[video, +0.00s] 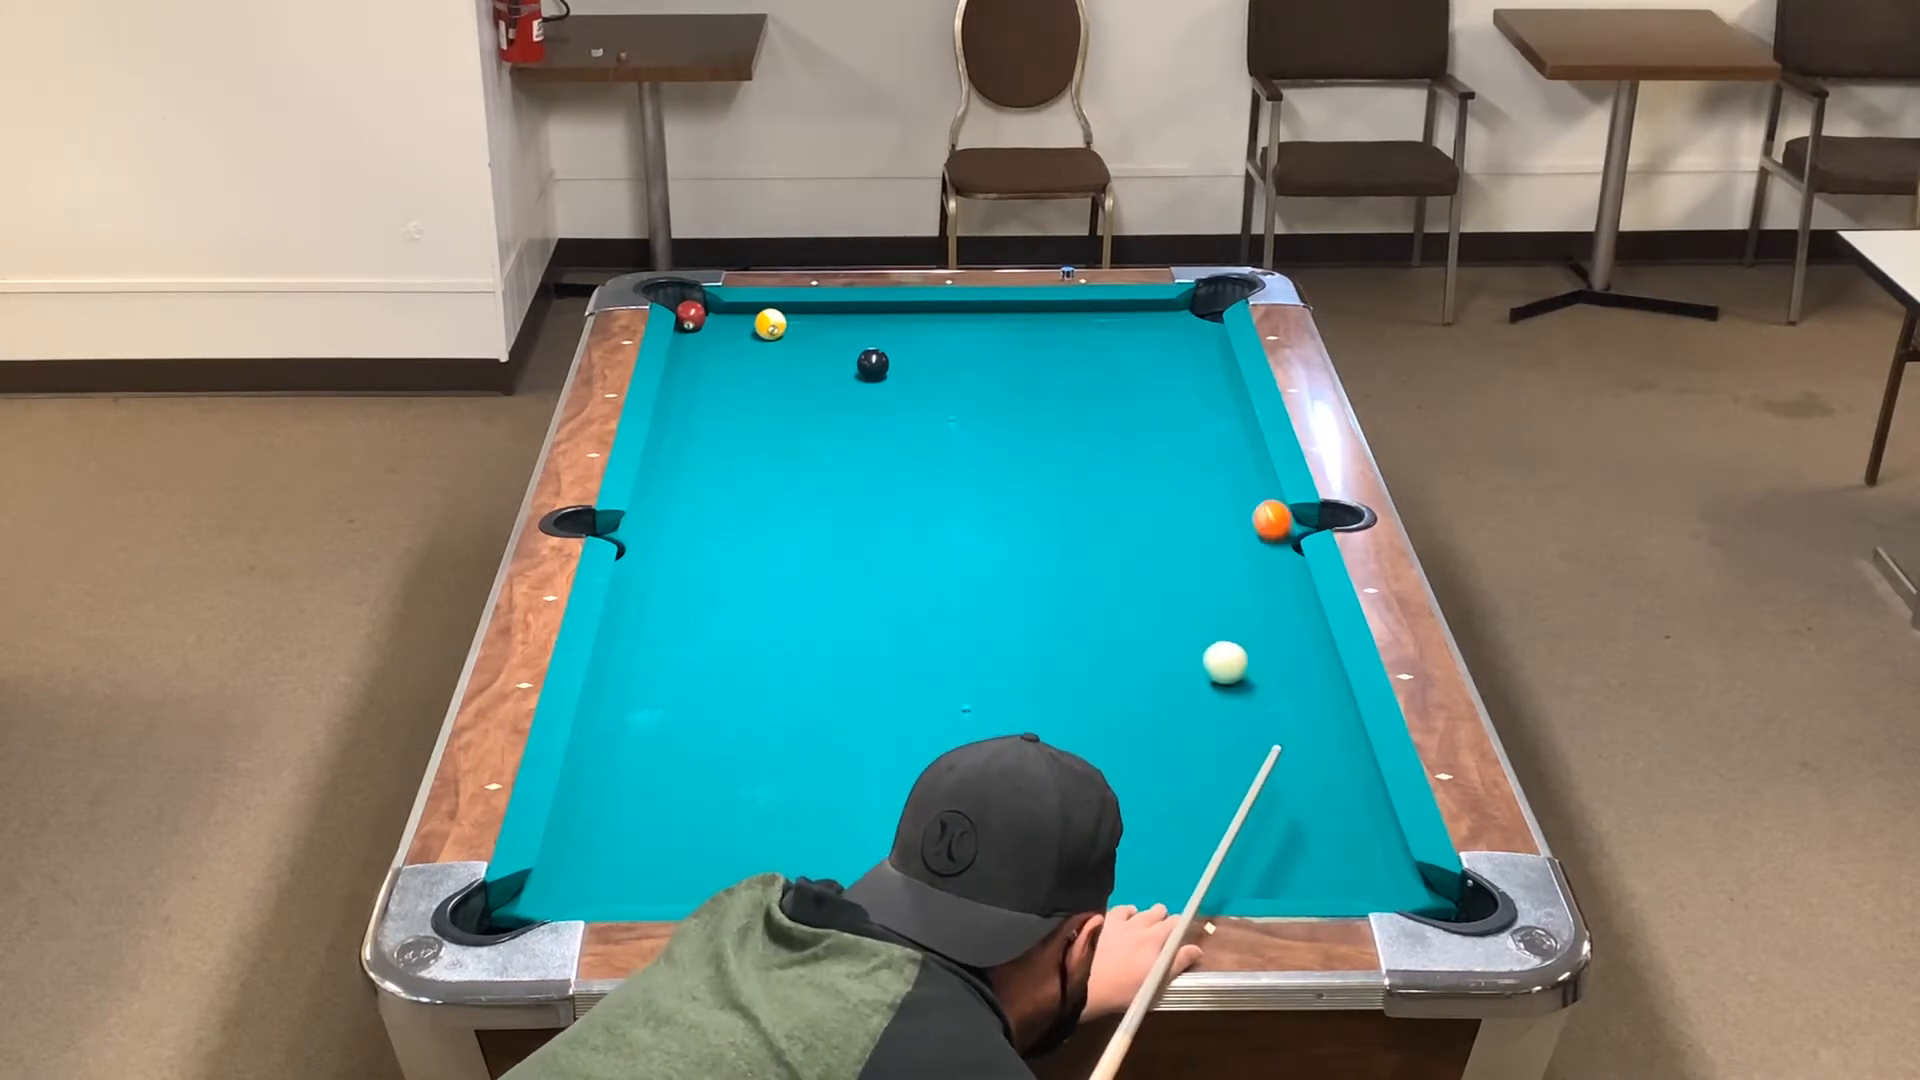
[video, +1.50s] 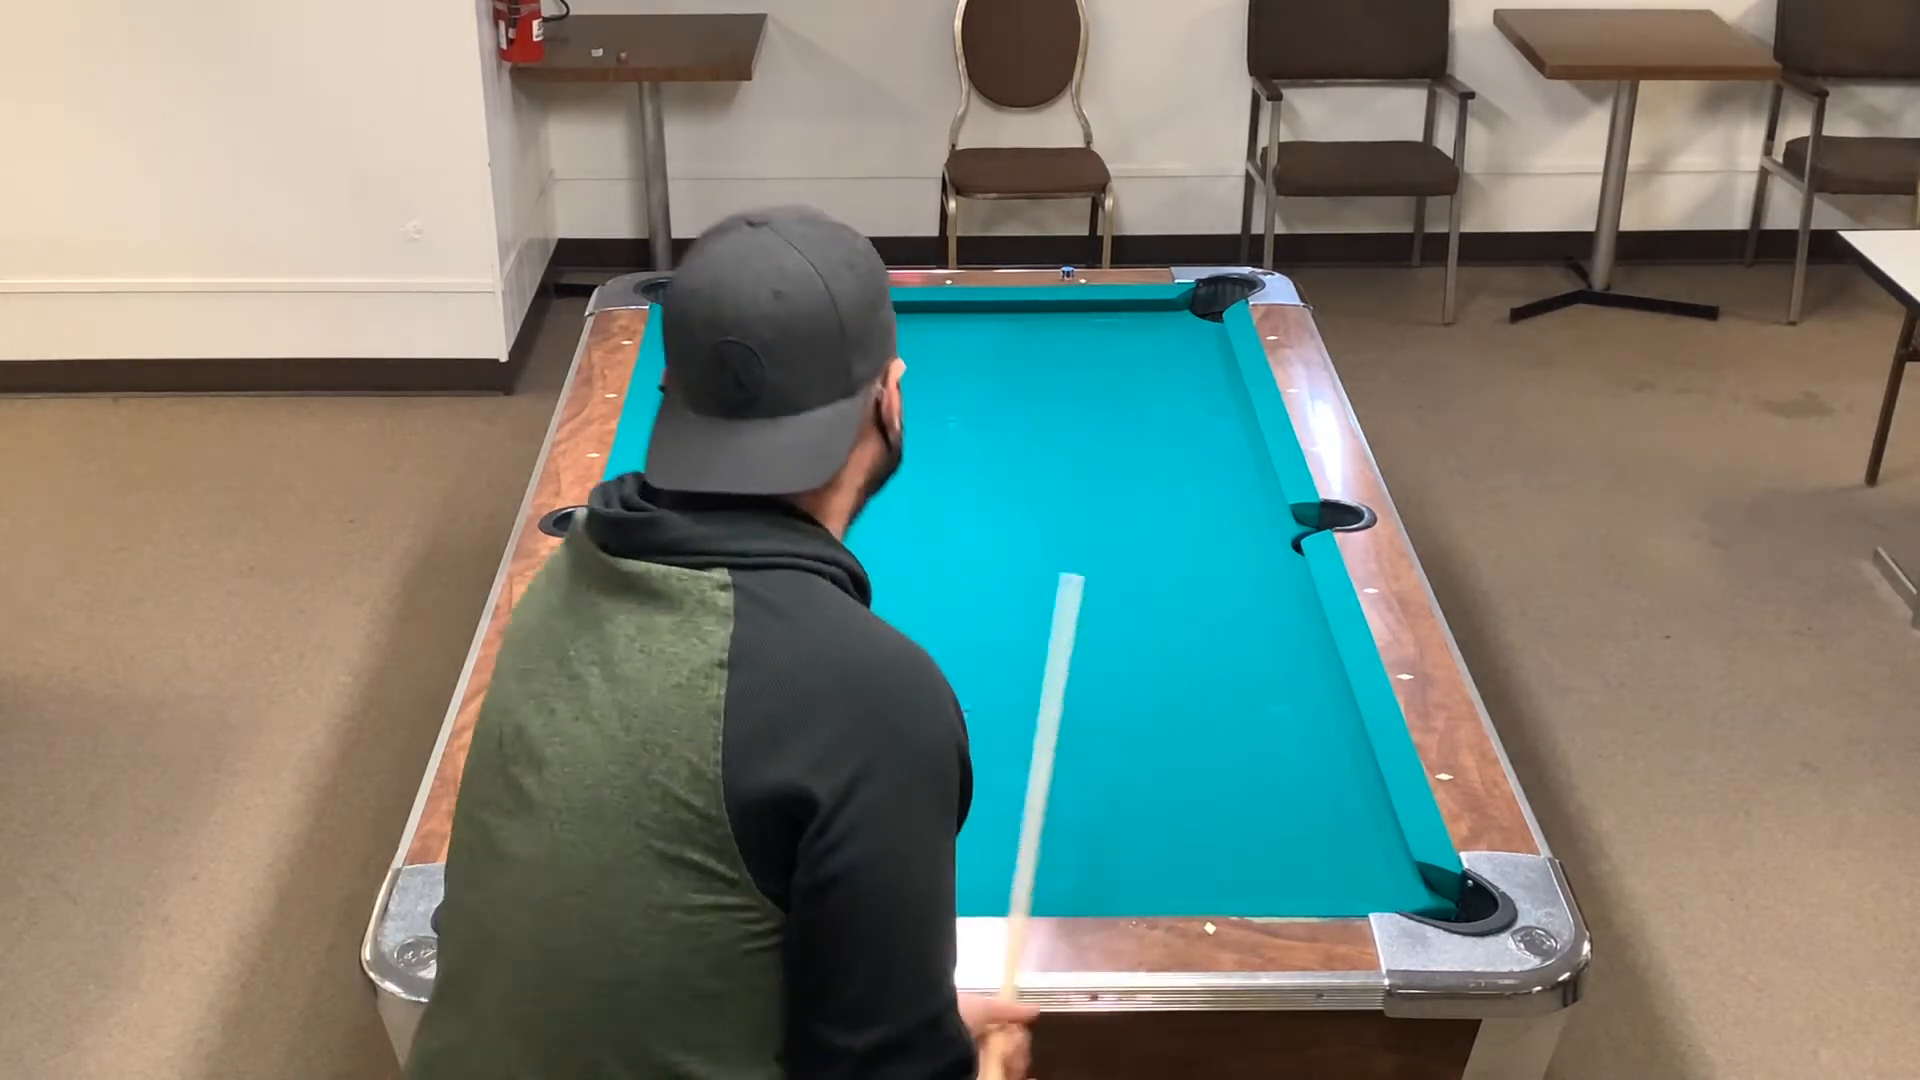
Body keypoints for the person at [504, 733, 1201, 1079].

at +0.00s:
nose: (1092, 935)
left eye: (1095, 925)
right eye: (1092, 921)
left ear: (903, 850)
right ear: (1073, 940)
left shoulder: (749, 905)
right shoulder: (958, 1050)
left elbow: (904, 993)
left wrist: (1066, 990)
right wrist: (1093, 1001)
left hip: (548, 1063)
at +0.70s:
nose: (1068, 874)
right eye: (1069, 853)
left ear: (878, 786)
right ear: (1055, 867)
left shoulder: (754, 857)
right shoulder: (966, 1031)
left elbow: (859, 1004)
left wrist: (1059, 985)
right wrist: (1074, 988)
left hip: (510, 1052)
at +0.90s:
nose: (1056, 751)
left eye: (1053, 729)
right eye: (1057, 733)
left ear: (854, 688)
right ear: (1040, 759)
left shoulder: (750, 793)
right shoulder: (967, 971)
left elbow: (821, 947)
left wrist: (1057, 972)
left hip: (465, 1044)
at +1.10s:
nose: (1019, 613)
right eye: (1023, 592)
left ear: (806, 578)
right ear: (1003, 620)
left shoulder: (709, 709)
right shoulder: (942, 862)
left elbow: (800, 892)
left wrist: (1040, 955)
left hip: (430, 1048)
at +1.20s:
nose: (991, 552)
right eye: (991, 531)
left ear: (779, 519)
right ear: (974, 557)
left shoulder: (675, 670)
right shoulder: (926, 807)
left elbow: (773, 886)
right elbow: (885, 1068)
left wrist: (1026, 954)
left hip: (417, 1053)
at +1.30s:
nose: (962, 483)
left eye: (953, 458)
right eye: (959, 463)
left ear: (752, 461)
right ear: (942, 491)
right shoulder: (900, 755)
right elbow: (870, 1061)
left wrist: (1016, 952)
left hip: (425, 1047)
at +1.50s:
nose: (900, 388)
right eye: (896, 373)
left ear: (677, 387)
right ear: (884, 403)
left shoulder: (566, 579)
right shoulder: (869, 696)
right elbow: (885, 1056)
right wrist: (978, 1055)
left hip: (457, 1050)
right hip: (704, 1064)